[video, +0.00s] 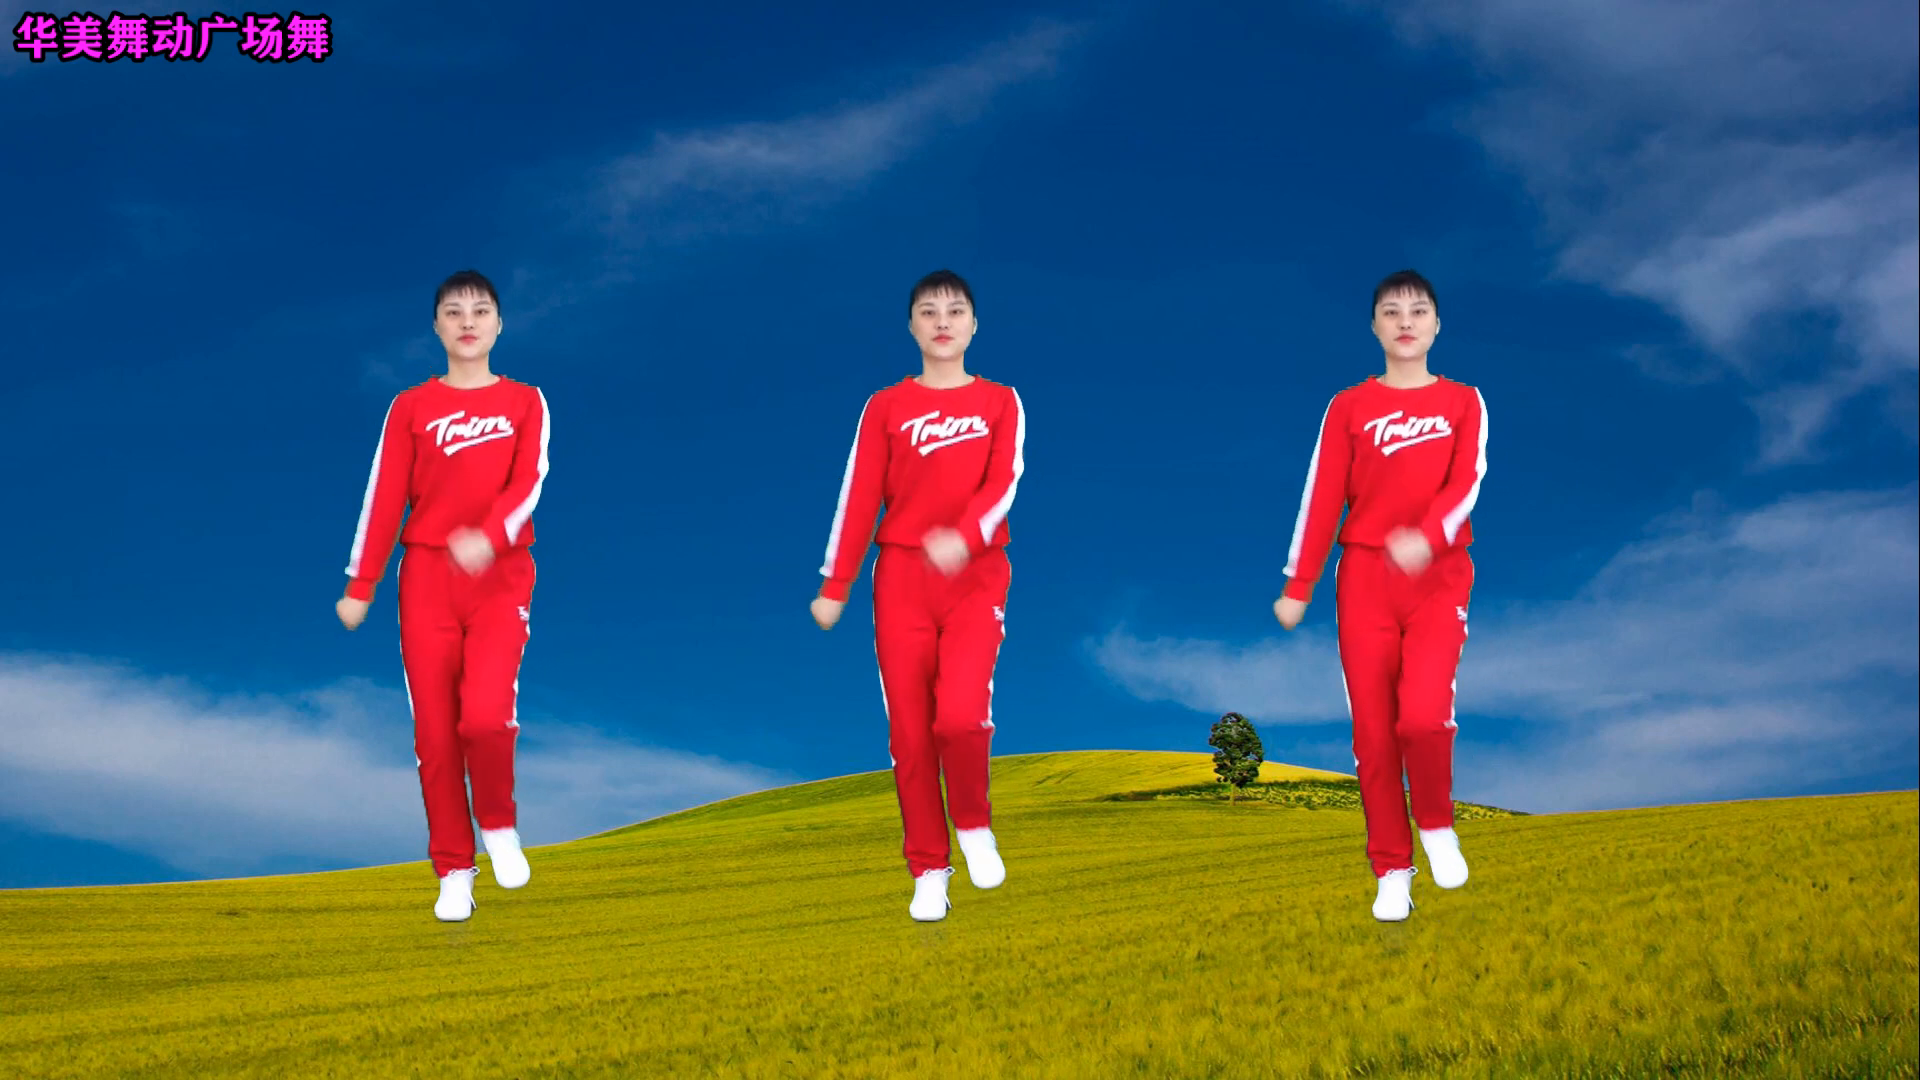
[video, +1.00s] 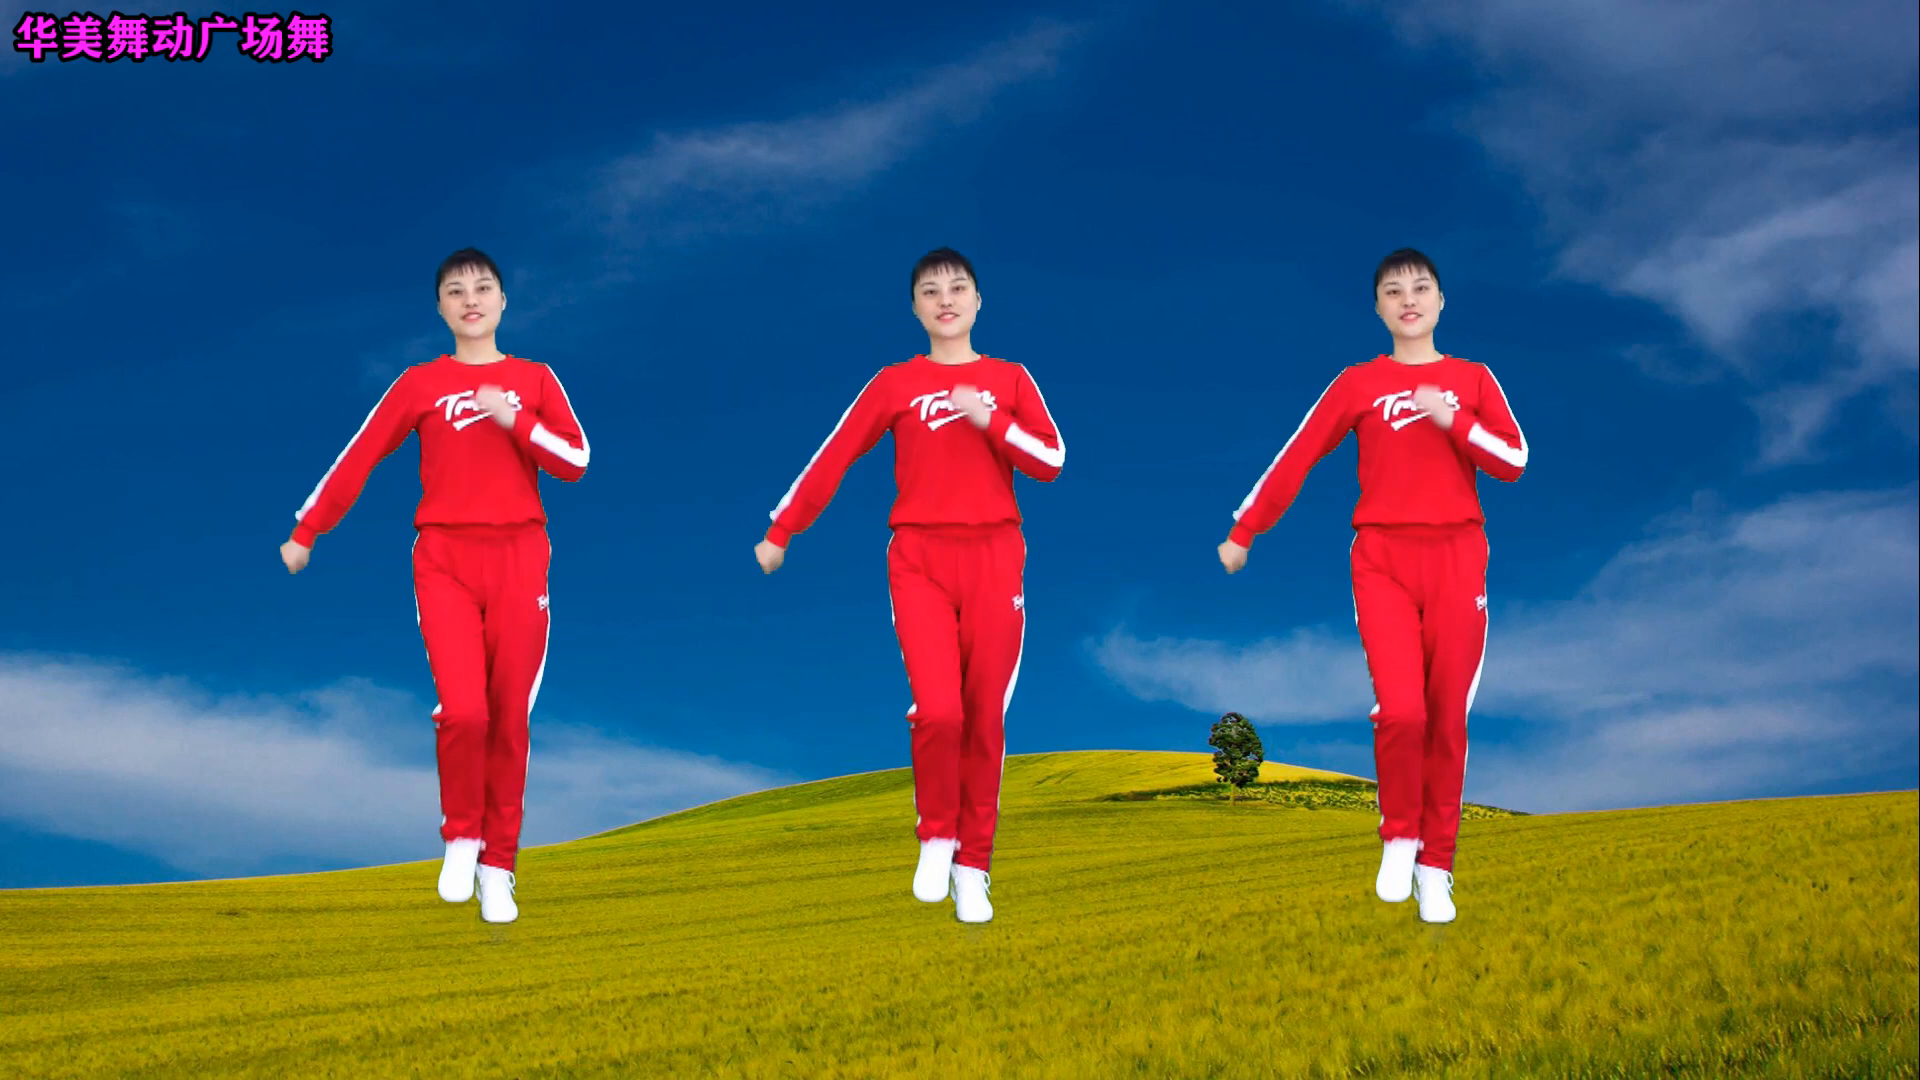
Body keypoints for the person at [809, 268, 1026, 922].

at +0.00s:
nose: (942, 322)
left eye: (954, 312)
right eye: (930, 313)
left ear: (972, 323)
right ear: (913, 325)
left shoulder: (1001, 401)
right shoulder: (884, 407)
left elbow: (1005, 484)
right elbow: (859, 499)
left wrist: (965, 534)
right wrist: (836, 585)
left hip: (976, 580)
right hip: (902, 580)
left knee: (960, 720)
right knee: (909, 729)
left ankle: (973, 823)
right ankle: (927, 865)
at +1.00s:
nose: (947, 300)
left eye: (957, 289)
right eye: (933, 292)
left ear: (977, 300)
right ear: (916, 308)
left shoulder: (1011, 379)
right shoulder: (894, 383)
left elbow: (1051, 461)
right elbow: (833, 456)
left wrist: (992, 419)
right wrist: (779, 532)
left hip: (994, 558)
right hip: (918, 558)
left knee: (986, 715)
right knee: (938, 711)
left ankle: (974, 863)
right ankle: (937, 835)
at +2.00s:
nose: (943, 306)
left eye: (954, 296)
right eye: (931, 297)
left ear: (973, 309)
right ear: (913, 311)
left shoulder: (1006, 385)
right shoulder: (890, 395)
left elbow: (1040, 476)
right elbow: (882, 480)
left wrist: (1066, 564)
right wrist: (911, 542)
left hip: (992, 566)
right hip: (916, 569)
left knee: (984, 724)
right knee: (926, 722)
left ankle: (973, 867)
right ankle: (931, 855)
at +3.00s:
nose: (975, 301)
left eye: (977, 291)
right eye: (958, 292)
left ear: (981, 310)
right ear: (922, 311)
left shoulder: (1006, 390)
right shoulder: (907, 378)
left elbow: (1026, 489)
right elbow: (964, 429)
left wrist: (1037, 567)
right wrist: (1059, 452)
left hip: (1002, 563)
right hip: (931, 560)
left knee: (1033, 708)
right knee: (929, 725)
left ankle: (1037, 832)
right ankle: (923, 866)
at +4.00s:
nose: (1053, 309)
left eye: (1065, 298)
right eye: (1041, 301)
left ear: (1088, 310)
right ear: (1029, 317)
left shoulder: (1124, 381)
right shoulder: (1008, 398)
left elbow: (1200, 435)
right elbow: (993, 494)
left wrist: (1278, 481)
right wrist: (986, 573)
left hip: (1100, 568)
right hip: (1021, 568)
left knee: (1095, 732)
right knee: (1041, 732)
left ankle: (1089, 869)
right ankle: (1048, 866)